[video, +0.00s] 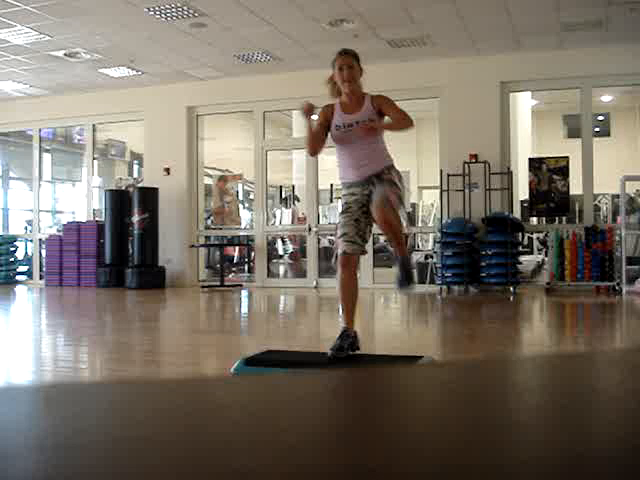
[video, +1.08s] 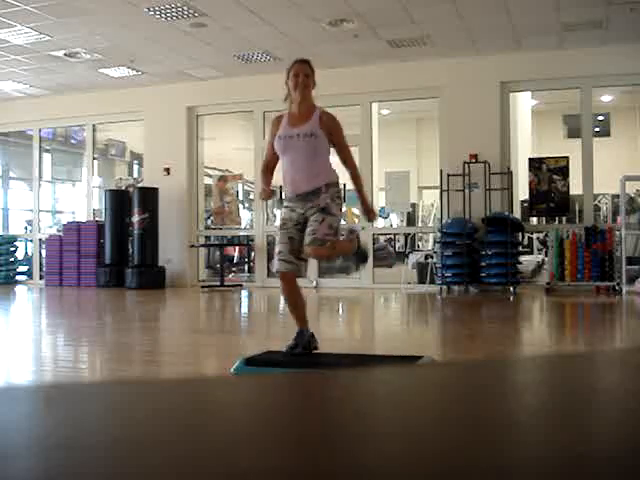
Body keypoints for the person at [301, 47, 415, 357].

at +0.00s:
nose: (346, 73)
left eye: (350, 68)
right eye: (340, 69)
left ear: (360, 72)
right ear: (333, 76)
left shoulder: (377, 102)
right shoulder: (329, 111)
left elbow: (406, 122)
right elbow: (313, 149)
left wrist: (382, 124)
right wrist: (310, 120)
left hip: (383, 177)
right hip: (352, 188)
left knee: (381, 210)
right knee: (346, 258)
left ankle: (403, 259)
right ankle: (348, 331)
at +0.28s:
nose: (342, 69)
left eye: (346, 64)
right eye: (336, 66)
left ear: (356, 70)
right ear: (330, 73)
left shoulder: (369, 103)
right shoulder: (323, 108)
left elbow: (387, 123)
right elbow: (292, 140)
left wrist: (363, 104)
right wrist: (296, 126)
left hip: (370, 184)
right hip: (336, 189)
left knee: (372, 244)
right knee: (339, 262)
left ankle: (394, 297)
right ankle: (351, 334)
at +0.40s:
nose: (340, 65)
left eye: (345, 59)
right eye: (335, 62)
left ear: (357, 65)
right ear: (331, 69)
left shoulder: (371, 95)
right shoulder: (326, 103)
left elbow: (354, 88)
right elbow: (286, 116)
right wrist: (282, 83)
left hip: (368, 181)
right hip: (334, 184)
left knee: (378, 259)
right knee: (322, 257)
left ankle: (394, 328)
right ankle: (338, 325)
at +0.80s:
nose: (316, 59)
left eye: (321, 54)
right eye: (311, 55)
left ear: (330, 60)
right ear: (304, 61)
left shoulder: (340, 90)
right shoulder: (296, 97)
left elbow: (359, 107)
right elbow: (265, 125)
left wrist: (338, 97)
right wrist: (246, 110)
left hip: (341, 172)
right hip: (308, 178)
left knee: (352, 242)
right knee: (304, 253)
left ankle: (381, 295)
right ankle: (305, 326)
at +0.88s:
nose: (309, 60)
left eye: (315, 55)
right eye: (304, 55)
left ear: (324, 61)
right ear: (297, 63)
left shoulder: (337, 94)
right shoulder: (291, 99)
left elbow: (361, 121)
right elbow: (268, 133)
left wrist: (349, 138)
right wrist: (250, 134)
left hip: (335, 172)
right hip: (304, 178)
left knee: (338, 233)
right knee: (299, 252)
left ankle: (371, 261)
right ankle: (303, 324)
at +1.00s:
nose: (302, 78)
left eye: (307, 73)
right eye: (297, 73)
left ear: (315, 78)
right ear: (289, 80)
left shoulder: (327, 117)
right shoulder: (281, 119)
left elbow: (352, 158)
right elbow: (271, 155)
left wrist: (367, 197)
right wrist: (264, 180)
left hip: (325, 191)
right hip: (294, 196)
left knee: (322, 247)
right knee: (289, 270)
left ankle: (357, 237)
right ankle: (305, 333)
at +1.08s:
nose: (301, 80)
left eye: (306, 76)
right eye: (296, 76)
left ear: (314, 82)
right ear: (287, 82)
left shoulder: (325, 120)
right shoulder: (278, 122)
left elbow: (349, 163)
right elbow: (269, 161)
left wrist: (364, 200)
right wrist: (265, 184)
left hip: (324, 195)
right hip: (292, 200)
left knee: (315, 249)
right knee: (285, 270)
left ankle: (352, 243)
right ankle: (304, 333)